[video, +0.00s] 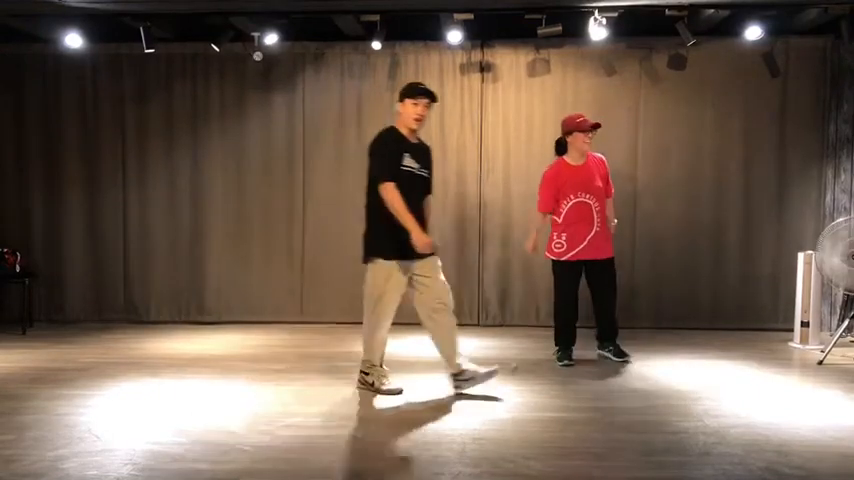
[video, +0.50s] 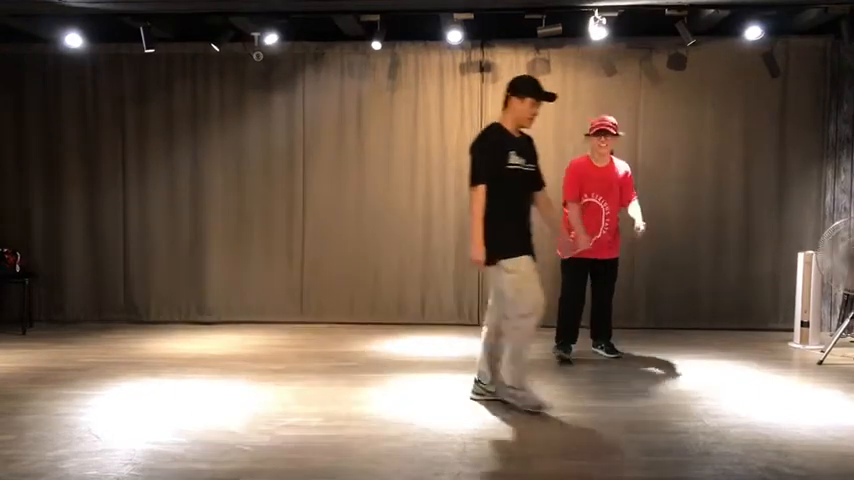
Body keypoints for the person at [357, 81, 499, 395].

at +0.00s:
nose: (420, 111)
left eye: (425, 107)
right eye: (414, 104)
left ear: (429, 112)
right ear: (400, 105)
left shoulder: (423, 150)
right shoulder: (385, 142)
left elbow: (422, 198)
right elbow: (386, 190)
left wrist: (424, 237)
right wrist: (416, 232)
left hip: (418, 244)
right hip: (387, 244)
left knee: (438, 304)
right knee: (380, 311)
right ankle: (371, 372)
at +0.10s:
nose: (441, 113)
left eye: (446, 108)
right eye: (435, 106)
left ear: (449, 114)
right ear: (420, 107)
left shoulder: (442, 153)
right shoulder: (404, 144)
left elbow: (443, 200)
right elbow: (407, 191)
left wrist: (444, 236)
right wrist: (438, 230)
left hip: (437, 247)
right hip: (405, 247)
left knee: (455, 309)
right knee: (390, 312)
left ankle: (476, 372)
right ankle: (373, 369)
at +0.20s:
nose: (464, 111)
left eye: (469, 107)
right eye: (458, 104)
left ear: (472, 112)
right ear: (443, 105)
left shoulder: (464, 152)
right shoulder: (428, 142)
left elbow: (463, 201)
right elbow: (429, 192)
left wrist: (465, 241)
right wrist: (450, 235)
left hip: (461, 246)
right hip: (429, 246)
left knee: (470, 315)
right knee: (409, 314)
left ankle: (485, 379)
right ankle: (380, 366)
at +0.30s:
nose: (492, 111)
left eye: (496, 106)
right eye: (487, 104)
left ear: (497, 110)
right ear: (469, 103)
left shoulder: (487, 149)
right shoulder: (451, 140)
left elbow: (485, 199)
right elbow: (449, 191)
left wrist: (487, 240)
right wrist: (456, 239)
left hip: (484, 245)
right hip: (457, 246)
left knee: (485, 316)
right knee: (451, 311)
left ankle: (487, 381)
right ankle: (405, 354)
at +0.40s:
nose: (515, 113)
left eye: (518, 108)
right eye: (512, 106)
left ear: (513, 108)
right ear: (493, 101)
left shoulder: (506, 145)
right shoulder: (469, 139)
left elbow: (517, 196)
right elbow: (463, 193)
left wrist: (530, 234)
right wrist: (463, 242)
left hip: (500, 240)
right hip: (477, 242)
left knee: (494, 310)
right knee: (498, 305)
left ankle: (488, 381)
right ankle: (452, 358)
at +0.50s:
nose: (536, 112)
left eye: (538, 106)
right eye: (532, 104)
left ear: (524, 106)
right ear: (512, 101)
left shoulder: (525, 143)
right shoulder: (488, 140)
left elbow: (539, 194)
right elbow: (478, 193)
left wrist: (561, 231)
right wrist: (477, 242)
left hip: (519, 240)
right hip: (500, 242)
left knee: (500, 312)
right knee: (528, 305)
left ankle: (486, 378)